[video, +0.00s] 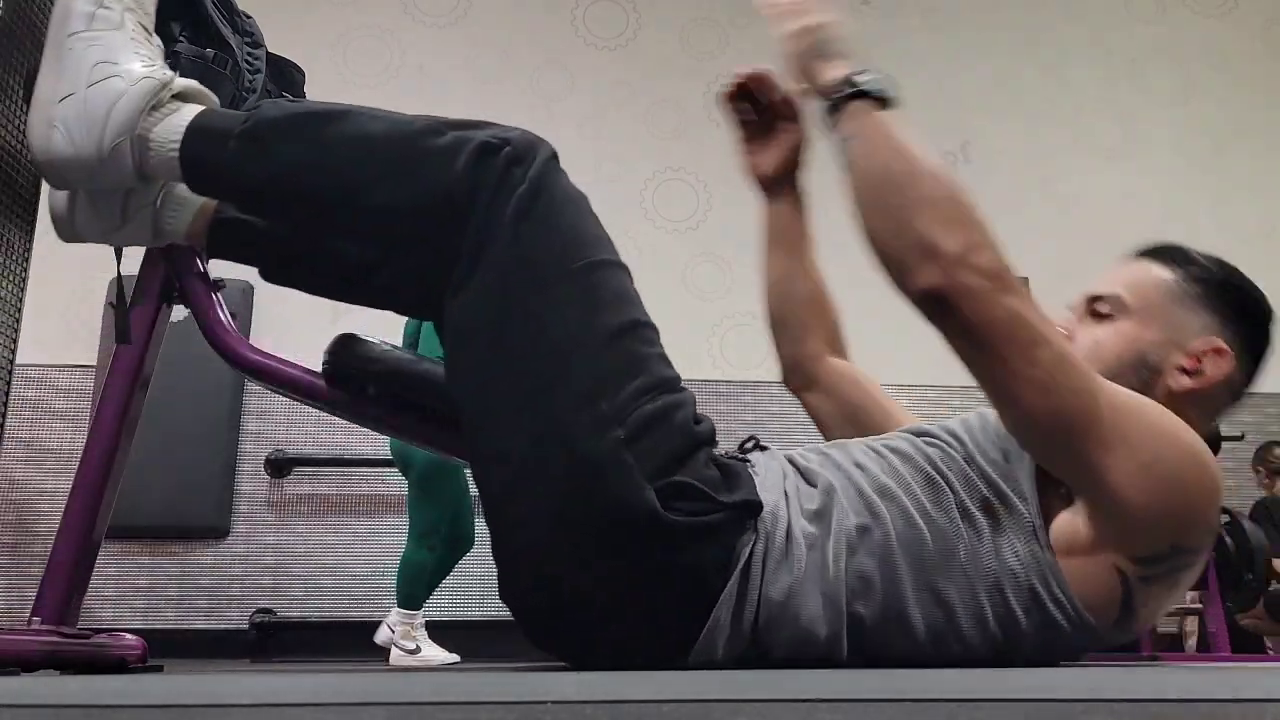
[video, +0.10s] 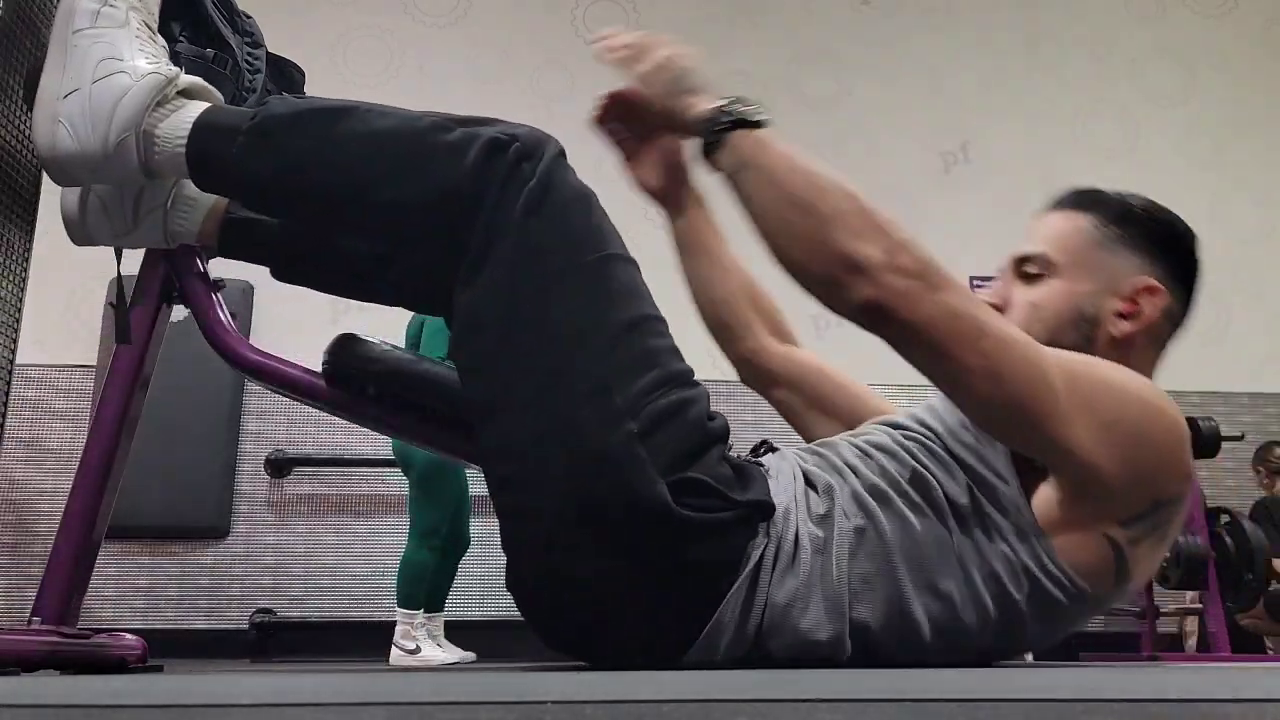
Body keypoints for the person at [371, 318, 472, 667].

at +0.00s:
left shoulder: (428, 318)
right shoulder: (437, 319)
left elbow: (412, 367)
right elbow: (434, 370)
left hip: (434, 441)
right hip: (424, 441)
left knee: (459, 537)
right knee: (430, 536)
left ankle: (400, 620)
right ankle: (407, 637)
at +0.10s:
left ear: (460, 286)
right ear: (467, 287)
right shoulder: (440, 317)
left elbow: (410, 362)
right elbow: (431, 367)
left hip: (443, 440)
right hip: (425, 439)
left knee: (456, 538)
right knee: (429, 535)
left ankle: (431, 635)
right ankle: (406, 639)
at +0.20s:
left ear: (457, 286)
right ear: (466, 285)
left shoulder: (441, 318)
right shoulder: (441, 318)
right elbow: (434, 371)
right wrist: (478, 388)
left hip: (445, 442)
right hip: (428, 442)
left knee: (454, 538)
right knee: (431, 535)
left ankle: (431, 634)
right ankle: (407, 638)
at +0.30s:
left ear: (456, 287)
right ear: (470, 288)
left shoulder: (432, 317)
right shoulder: (444, 319)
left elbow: (413, 369)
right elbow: (434, 373)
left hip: (447, 442)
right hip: (433, 443)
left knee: (453, 539)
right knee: (433, 536)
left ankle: (432, 635)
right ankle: (408, 638)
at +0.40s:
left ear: (451, 288)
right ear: (466, 291)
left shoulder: (445, 320)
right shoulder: (441, 320)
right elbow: (436, 378)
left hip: (447, 443)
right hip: (436, 444)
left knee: (449, 539)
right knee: (437, 538)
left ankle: (431, 637)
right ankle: (409, 639)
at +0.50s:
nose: (476, 308)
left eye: (477, 302)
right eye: (476, 302)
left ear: (451, 290)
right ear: (466, 298)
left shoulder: (442, 323)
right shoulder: (439, 321)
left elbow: (439, 384)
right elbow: (435, 382)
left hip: (448, 447)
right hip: (436, 448)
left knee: (448, 540)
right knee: (438, 539)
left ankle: (431, 636)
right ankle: (409, 638)